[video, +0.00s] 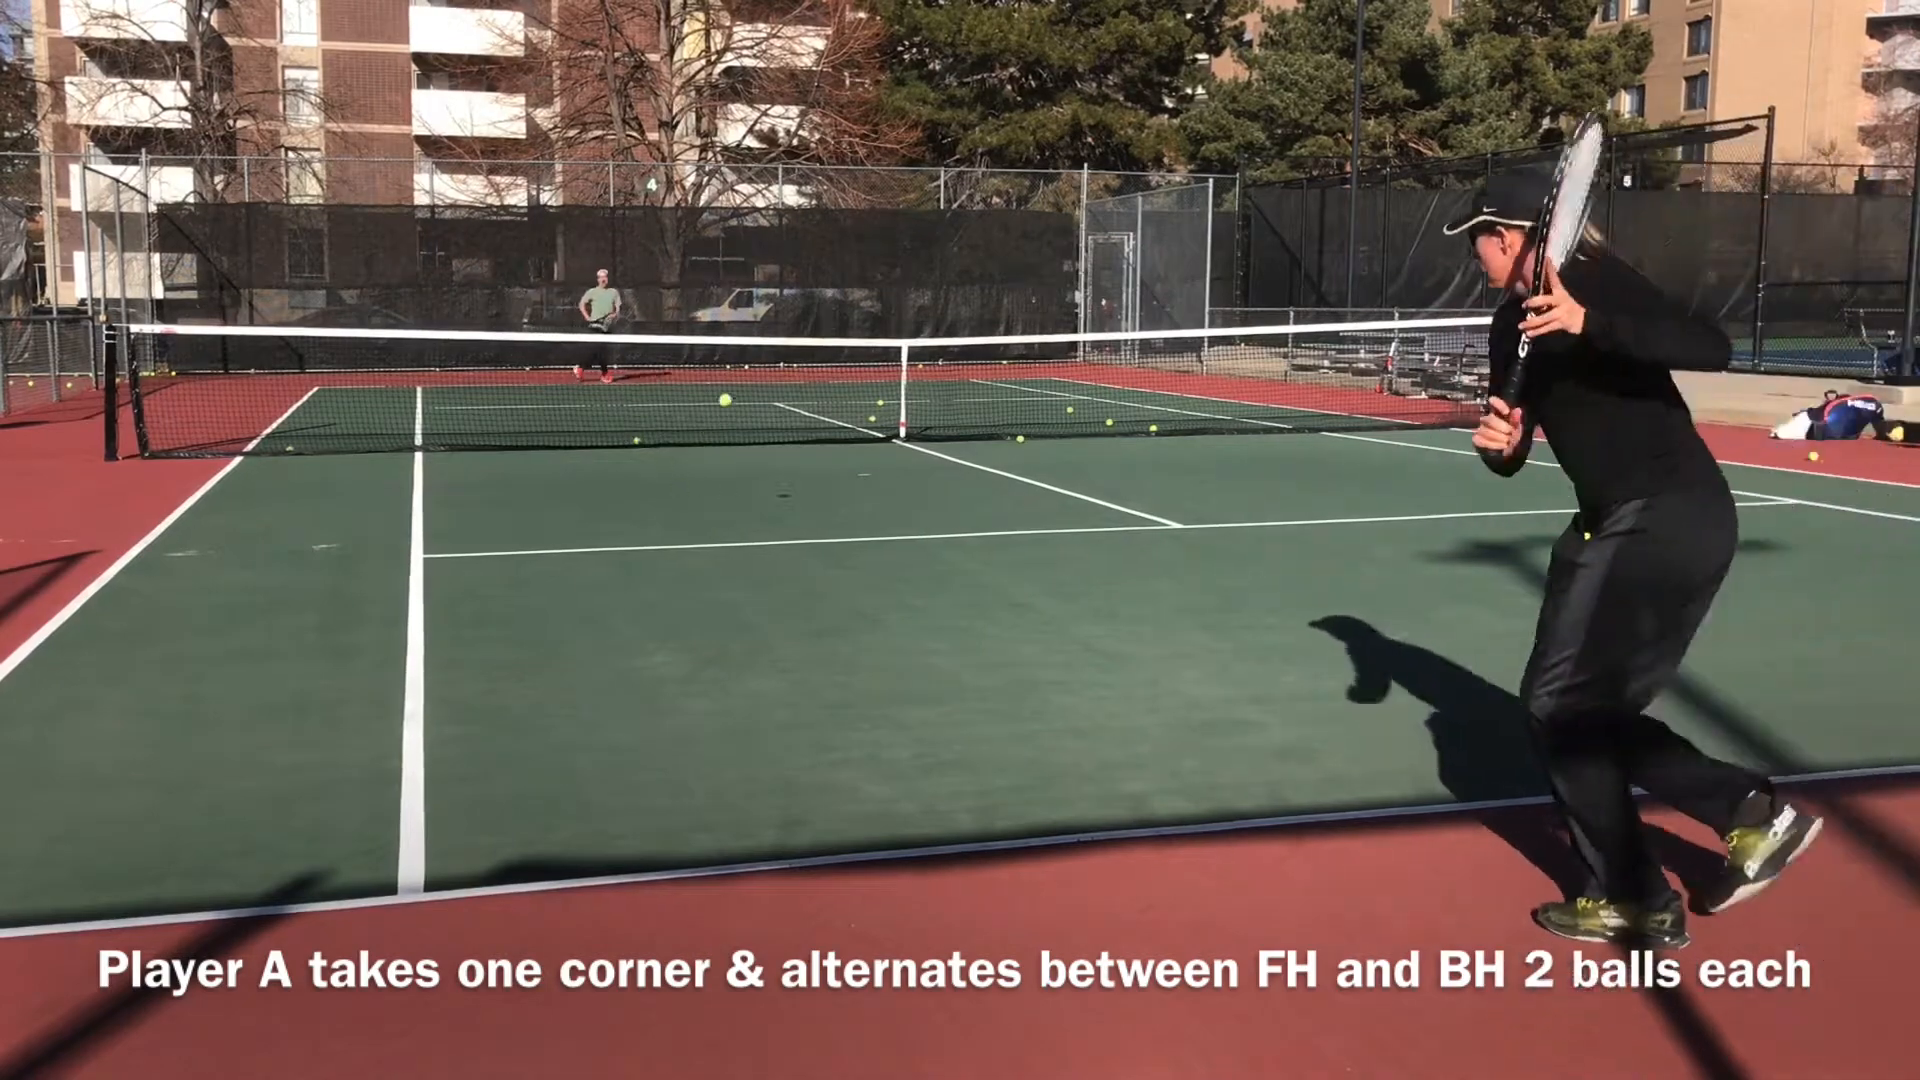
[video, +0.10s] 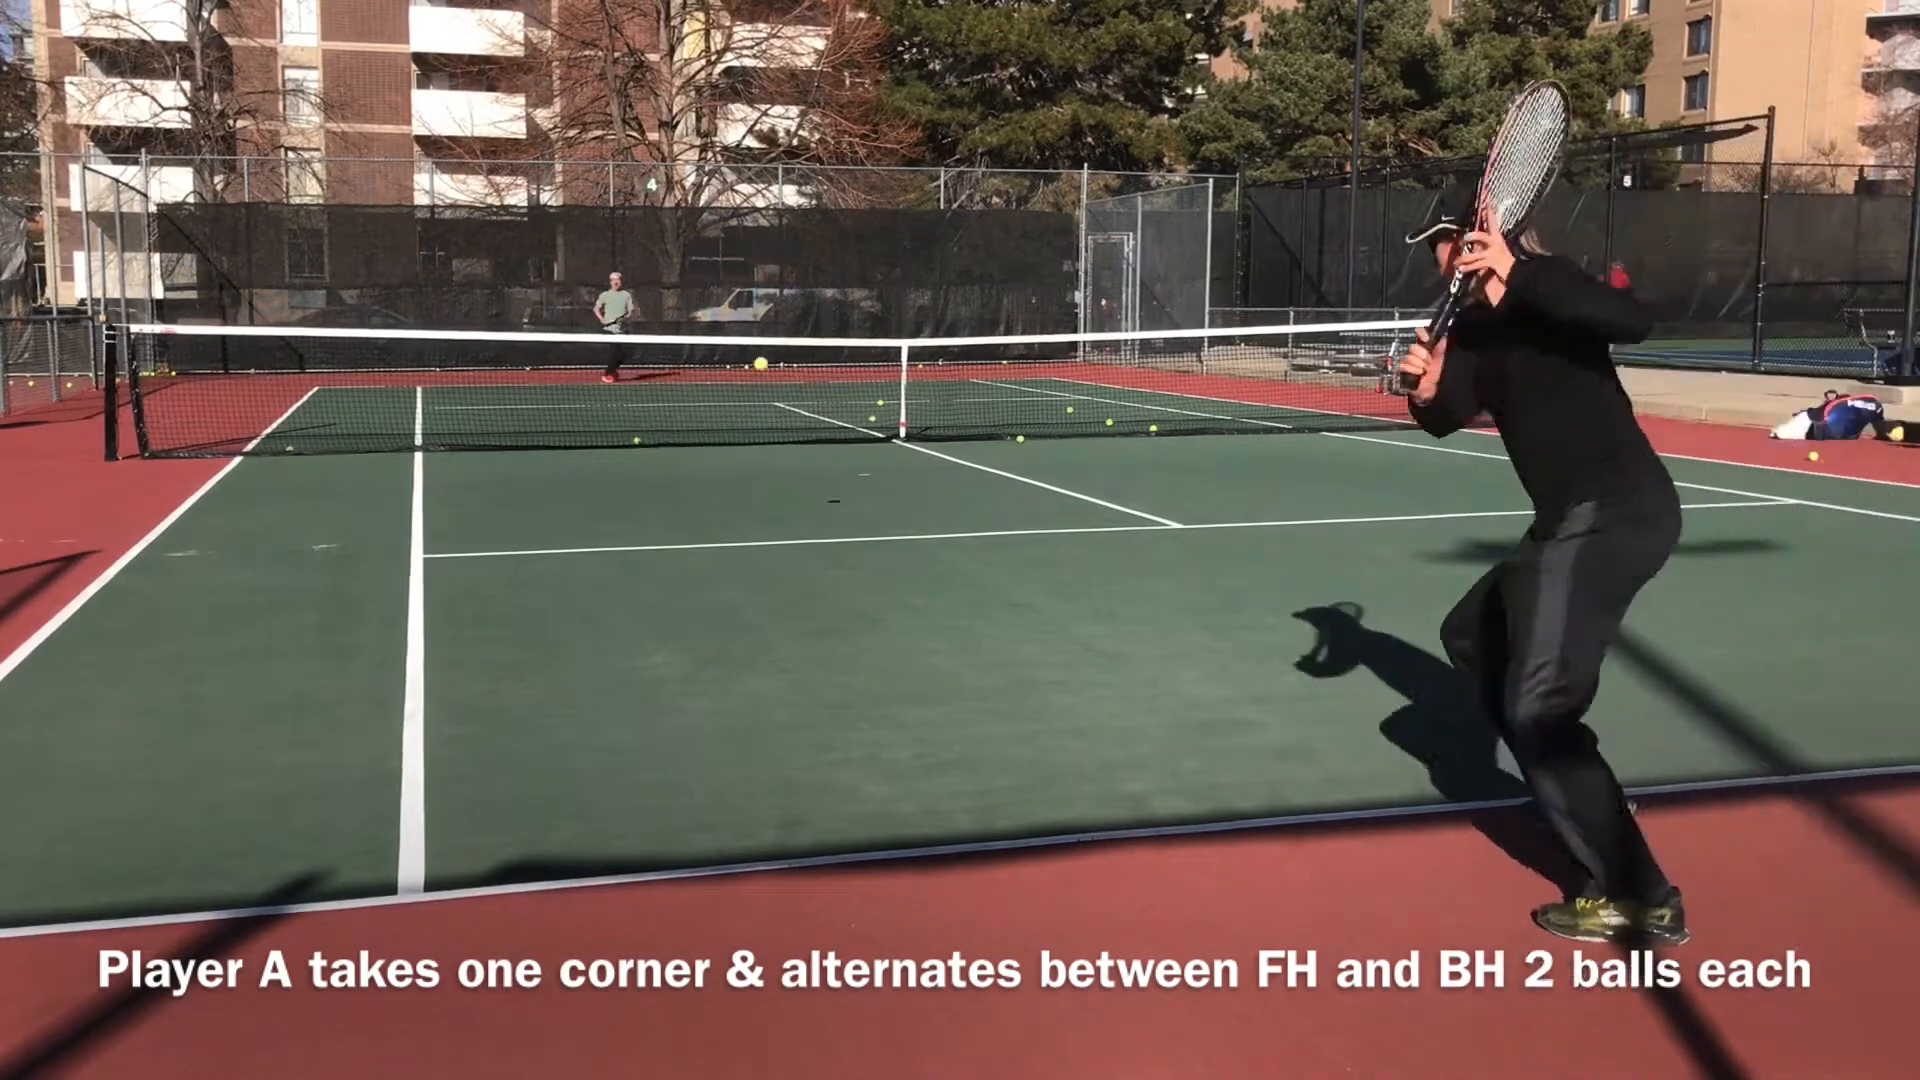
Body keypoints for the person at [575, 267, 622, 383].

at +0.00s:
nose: (603, 279)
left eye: (605, 277)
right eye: (601, 277)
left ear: (608, 278)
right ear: (597, 279)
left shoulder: (614, 292)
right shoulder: (592, 292)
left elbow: (618, 306)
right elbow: (581, 304)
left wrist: (615, 314)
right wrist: (587, 317)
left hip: (608, 323)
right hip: (594, 323)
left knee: (594, 348)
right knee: (601, 349)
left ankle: (580, 367)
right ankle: (604, 373)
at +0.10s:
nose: (616, 282)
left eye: (618, 279)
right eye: (614, 280)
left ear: (621, 281)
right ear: (610, 281)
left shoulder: (626, 295)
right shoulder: (604, 295)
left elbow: (630, 310)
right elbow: (596, 308)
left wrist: (625, 317)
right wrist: (602, 319)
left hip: (621, 326)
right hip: (608, 326)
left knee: (620, 351)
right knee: (613, 350)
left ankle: (612, 371)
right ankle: (610, 372)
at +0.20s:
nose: (630, 282)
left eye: (632, 280)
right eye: (627, 280)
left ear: (635, 281)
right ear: (624, 281)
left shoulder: (640, 295)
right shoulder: (619, 295)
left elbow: (645, 309)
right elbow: (611, 308)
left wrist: (643, 315)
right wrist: (619, 318)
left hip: (637, 328)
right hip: (623, 328)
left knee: (649, 348)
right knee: (620, 352)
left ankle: (651, 369)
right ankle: (608, 373)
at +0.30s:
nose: (645, 280)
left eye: (647, 278)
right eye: (643, 278)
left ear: (650, 279)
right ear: (640, 280)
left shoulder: (656, 293)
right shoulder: (635, 293)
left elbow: (661, 309)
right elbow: (629, 309)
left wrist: (653, 317)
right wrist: (636, 318)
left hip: (653, 327)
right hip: (638, 327)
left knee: (666, 349)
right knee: (625, 349)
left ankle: (674, 371)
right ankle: (611, 371)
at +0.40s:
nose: (659, 280)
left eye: (661, 277)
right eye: (657, 277)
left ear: (665, 279)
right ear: (654, 279)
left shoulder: (672, 293)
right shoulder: (650, 294)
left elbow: (677, 307)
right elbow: (646, 310)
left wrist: (673, 314)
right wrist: (652, 318)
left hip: (670, 327)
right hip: (655, 327)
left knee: (675, 350)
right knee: (644, 348)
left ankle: (676, 371)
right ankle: (635, 369)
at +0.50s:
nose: (672, 276)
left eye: (674, 273)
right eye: (670, 273)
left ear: (678, 275)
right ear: (666, 275)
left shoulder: (683, 288)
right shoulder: (662, 289)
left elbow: (689, 304)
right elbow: (659, 305)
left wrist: (683, 312)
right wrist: (668, 314)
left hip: (681, 324)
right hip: (668, 323)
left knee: (680, 348)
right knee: (665, 347)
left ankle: (678, 370)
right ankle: (664, 369)